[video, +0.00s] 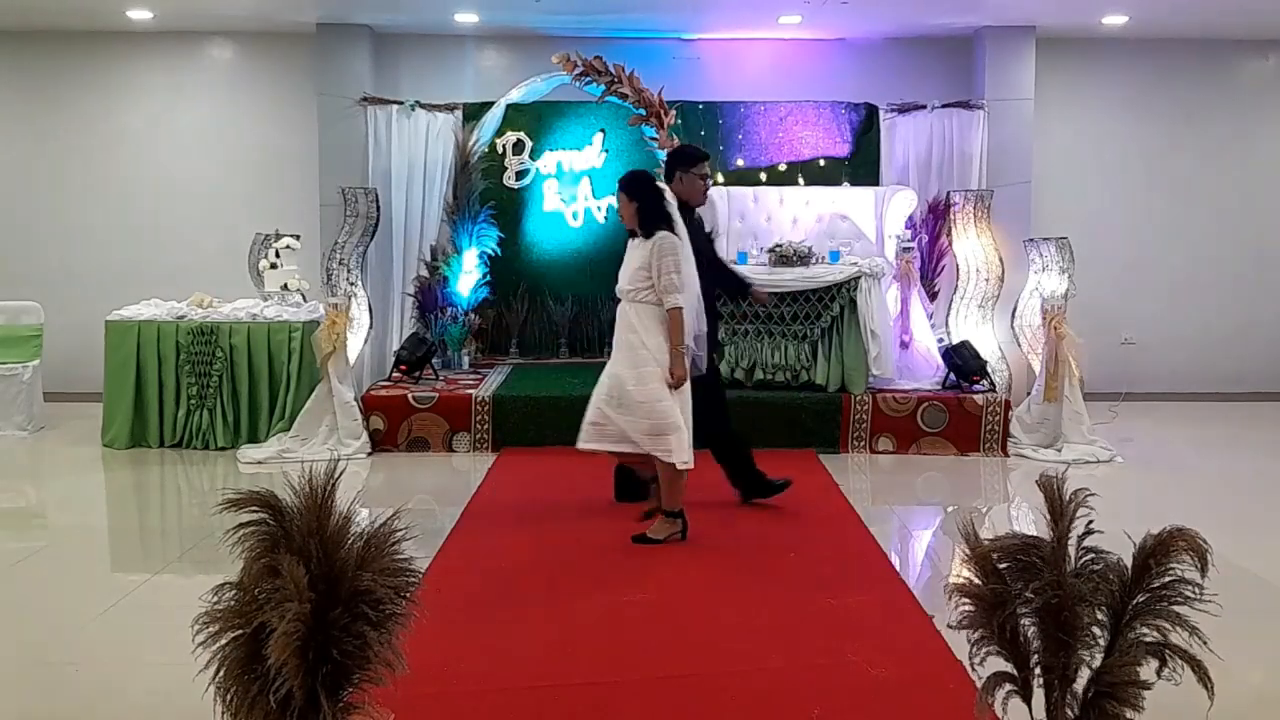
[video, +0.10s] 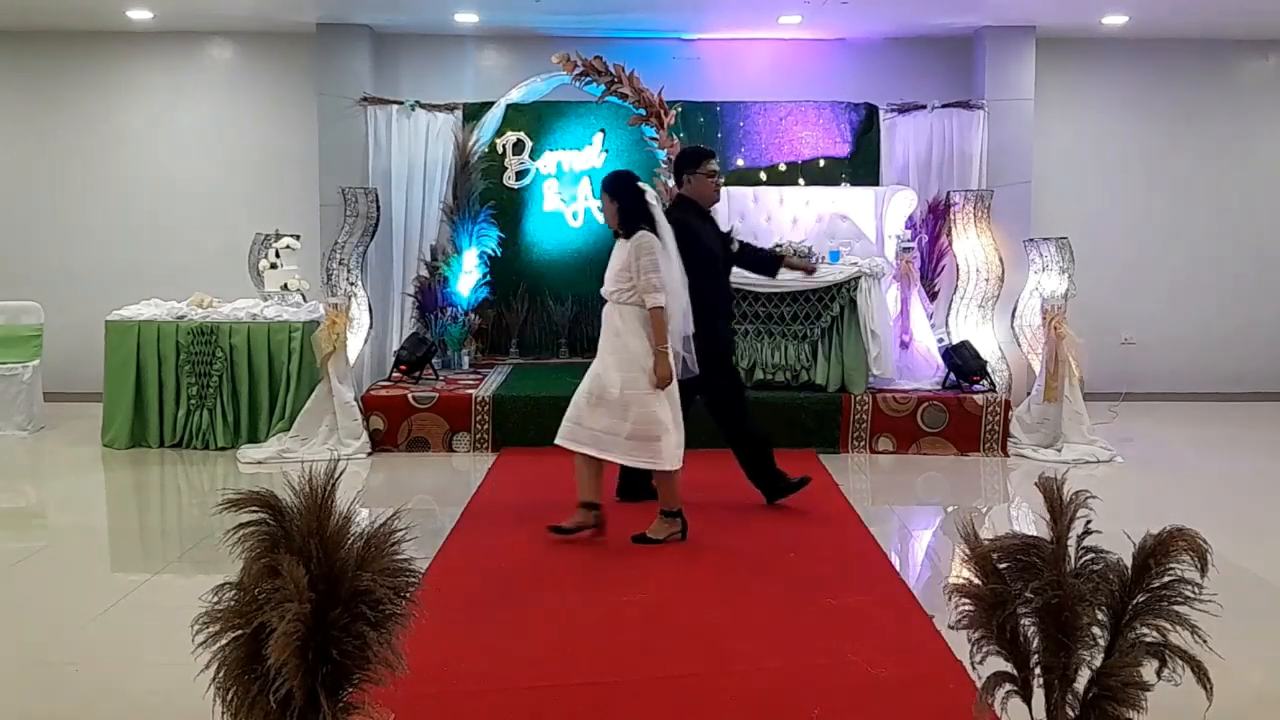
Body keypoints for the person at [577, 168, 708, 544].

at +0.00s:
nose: (619, 209)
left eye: (623, 202)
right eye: (619, 202)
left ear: (640, 203)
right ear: (638, 203)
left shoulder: (664, 242)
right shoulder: (639, 242)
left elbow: (673, 302)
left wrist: (678, 356)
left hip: (654, 353)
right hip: (632, 353)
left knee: (666, 432)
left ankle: (672, 517)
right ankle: (661, 489)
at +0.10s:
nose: (601, 210)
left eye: (604, 202)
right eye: (601, 202)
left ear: (619, 203)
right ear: (626, 203)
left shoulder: (643, 242)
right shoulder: (626, 242)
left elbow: (655, 302)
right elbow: (637, 303)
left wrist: (662, 356)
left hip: (638, 354)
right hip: (615, 355)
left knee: (656, 432)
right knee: (581, 424)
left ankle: (671, 516)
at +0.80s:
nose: (528, 200)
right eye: (526, 195)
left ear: (485, 200)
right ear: (523, 201)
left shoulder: (466, 242)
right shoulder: (538, 246)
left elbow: (456, 301)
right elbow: (550, 307)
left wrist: (445, 346)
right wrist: (556, 358)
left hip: (473, 351)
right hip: (521, 354)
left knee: (448, 430)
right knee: (516, 435)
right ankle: (516, 520)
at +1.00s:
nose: (505, 202)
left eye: (503, 196)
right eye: (500, 197)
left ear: (463, 203)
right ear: (486, 203)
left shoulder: (436, 245)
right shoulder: (502, 248)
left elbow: (422, 304)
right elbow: (508, 312)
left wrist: (416, 343)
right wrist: (520, 363)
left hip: (439, 356)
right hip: (487, 359)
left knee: (414, 428)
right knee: (502, 434)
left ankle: (393, 509)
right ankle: (504, 520)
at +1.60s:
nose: (457, 202)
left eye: (455, 195)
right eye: (451, 196)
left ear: (433, 201)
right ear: (431, 201)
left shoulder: (429, 240)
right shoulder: (415, 240)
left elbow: (416, 303)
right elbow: (403, 303)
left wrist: (428, 355)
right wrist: (402, 358)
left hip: (426, 345)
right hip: (415, 346)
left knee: (416, 426)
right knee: (410, 427)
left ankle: (389, 508)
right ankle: (382, 512)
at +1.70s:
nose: (456, 204)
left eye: (454, 197)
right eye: (449, 198)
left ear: (429, 202)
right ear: (429, 202)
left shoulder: (426, 243)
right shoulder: (415, 245)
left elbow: (420, 309)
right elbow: (414, 309)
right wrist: (410, 363)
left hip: (426, 354)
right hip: (408, 354)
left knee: (431, 429)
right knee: (402, 432)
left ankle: (398, 500)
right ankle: (380, 513)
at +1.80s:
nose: (456, 201)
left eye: (454, 194)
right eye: (450, 194)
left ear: (428, 198)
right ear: (430, 199)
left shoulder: (412, 238)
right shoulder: (421, 242)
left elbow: (417, 307)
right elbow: (421, 308)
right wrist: (435, 363)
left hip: (409, 352)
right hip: (407, 354)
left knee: (455, 412)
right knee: (396, 430)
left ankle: (417, 483)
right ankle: (380, 514)